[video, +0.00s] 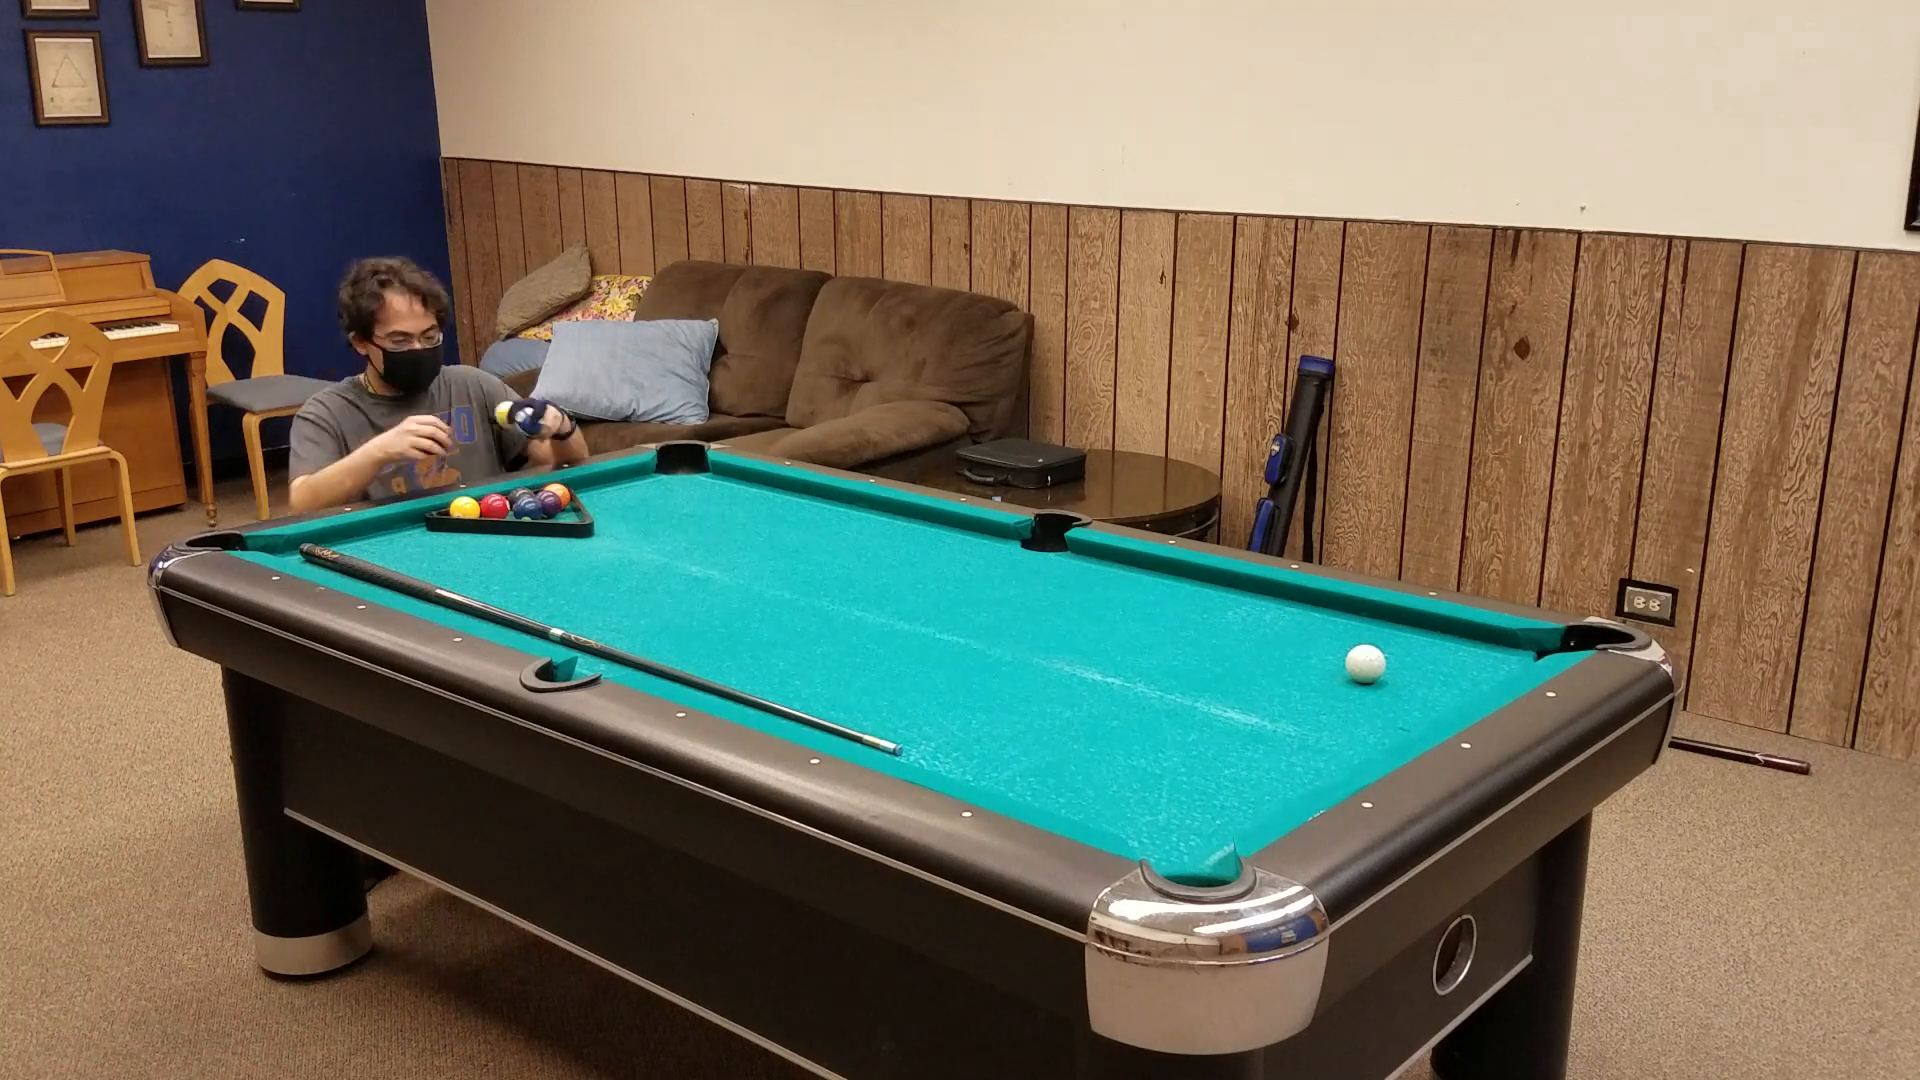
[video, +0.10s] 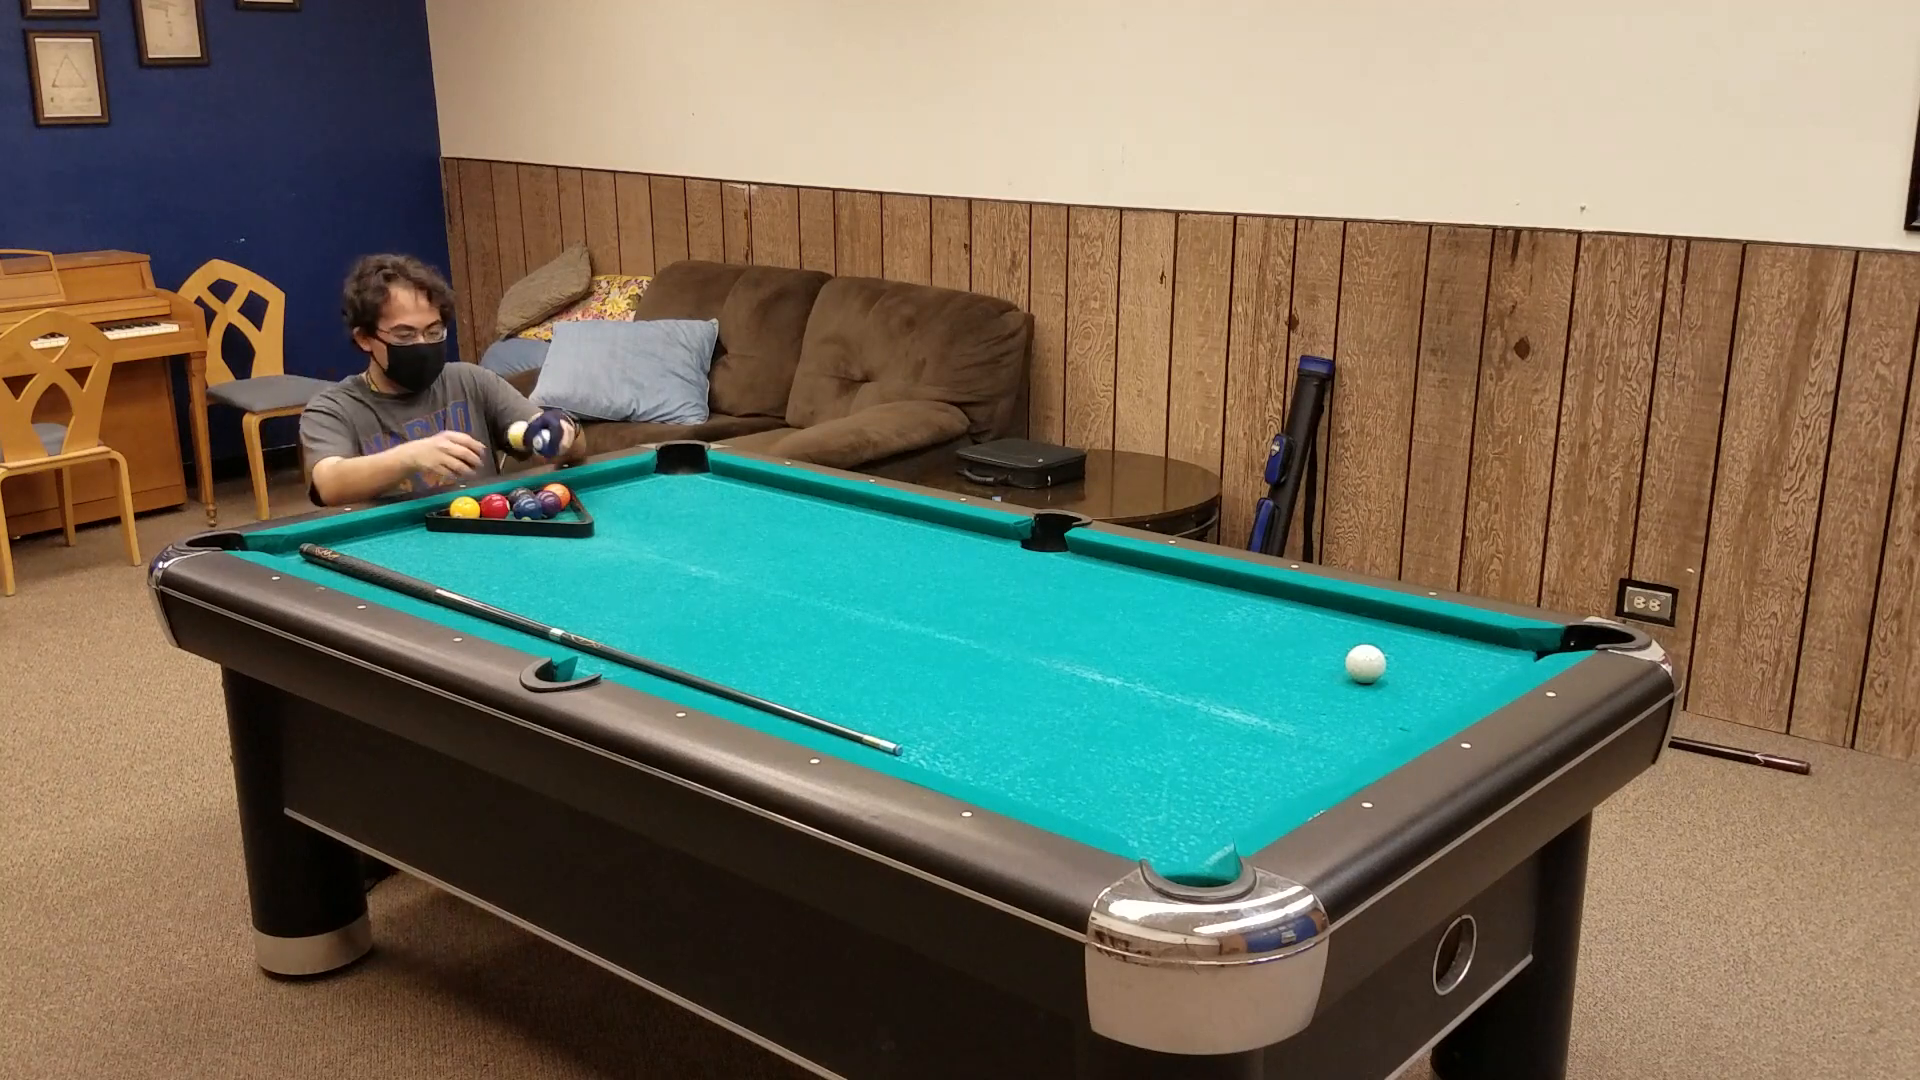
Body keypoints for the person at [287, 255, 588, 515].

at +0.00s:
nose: (420, 351)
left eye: (429, 335)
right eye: (400, 339)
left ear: (440, 329)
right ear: (362, 343)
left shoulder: (473, 386)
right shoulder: (326, 414)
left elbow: (570, 464)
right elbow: (304, 503)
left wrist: (564, 430)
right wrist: (379, 451)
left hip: (494, 554)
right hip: (387, 571)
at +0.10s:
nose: (424, 346)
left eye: (433, 330)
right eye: (404, 333)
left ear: (445, 326)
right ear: (365, 338)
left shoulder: (470, 382)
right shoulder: (333, 409)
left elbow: (575, 450)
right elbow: (330, 485)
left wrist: (562, 435)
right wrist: (410, 456)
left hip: (493, 548)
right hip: (396, 565)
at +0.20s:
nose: (427, 343)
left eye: (437, 327)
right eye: (409, 329)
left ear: (448, 325)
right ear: (368, 335)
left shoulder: (472, 381)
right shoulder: (337, 408)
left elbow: (542, 431)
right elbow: (355, 474)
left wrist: (558, 446)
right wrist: (436, 470)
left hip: (493, 546)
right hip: (399, 563)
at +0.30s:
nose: (434, 342)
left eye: (443, 326)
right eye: (415, 329)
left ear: (455, 324)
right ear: (375, 336)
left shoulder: (475, 381)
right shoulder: (343, 407)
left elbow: (549, 431)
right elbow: (362, 475)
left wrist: (564, 444)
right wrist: (447, 478)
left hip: (500, 550)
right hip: (406, 566)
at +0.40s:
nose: (440, 344)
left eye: (449, 329)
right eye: (422, 331)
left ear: (461, 326)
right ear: (380, 336)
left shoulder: (479, 381)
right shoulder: (346, 408)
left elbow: (560, 432)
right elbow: (358, 479)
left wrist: (567, 445)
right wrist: (448, 475)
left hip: (503, 549)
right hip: (410, 566)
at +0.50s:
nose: (445, 344)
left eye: (454, 329)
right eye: (427, 332)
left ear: (465, 326)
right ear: (385, 336)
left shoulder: (482, 381)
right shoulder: (350, 409)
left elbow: (549, 426)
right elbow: (356, 482)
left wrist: (574, 443)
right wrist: (443, 474)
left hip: (505, 552)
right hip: (411, 568)